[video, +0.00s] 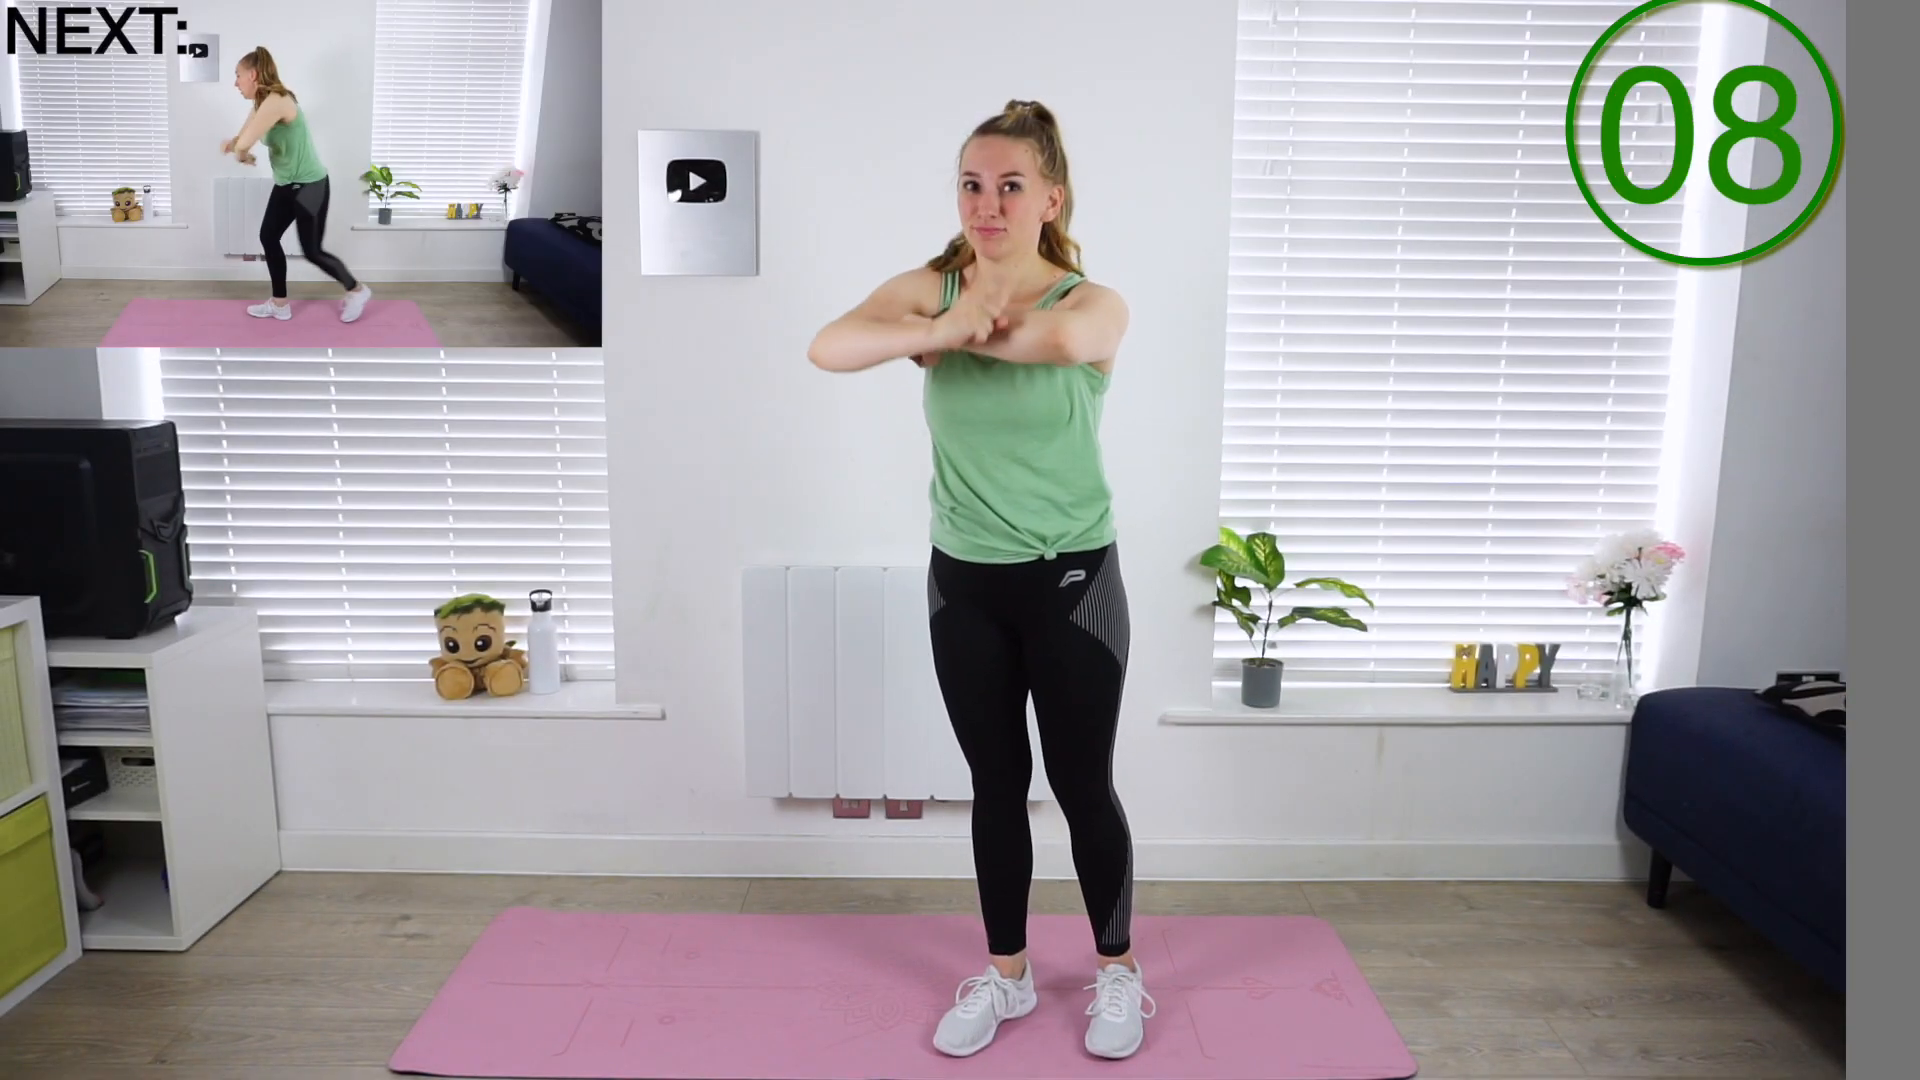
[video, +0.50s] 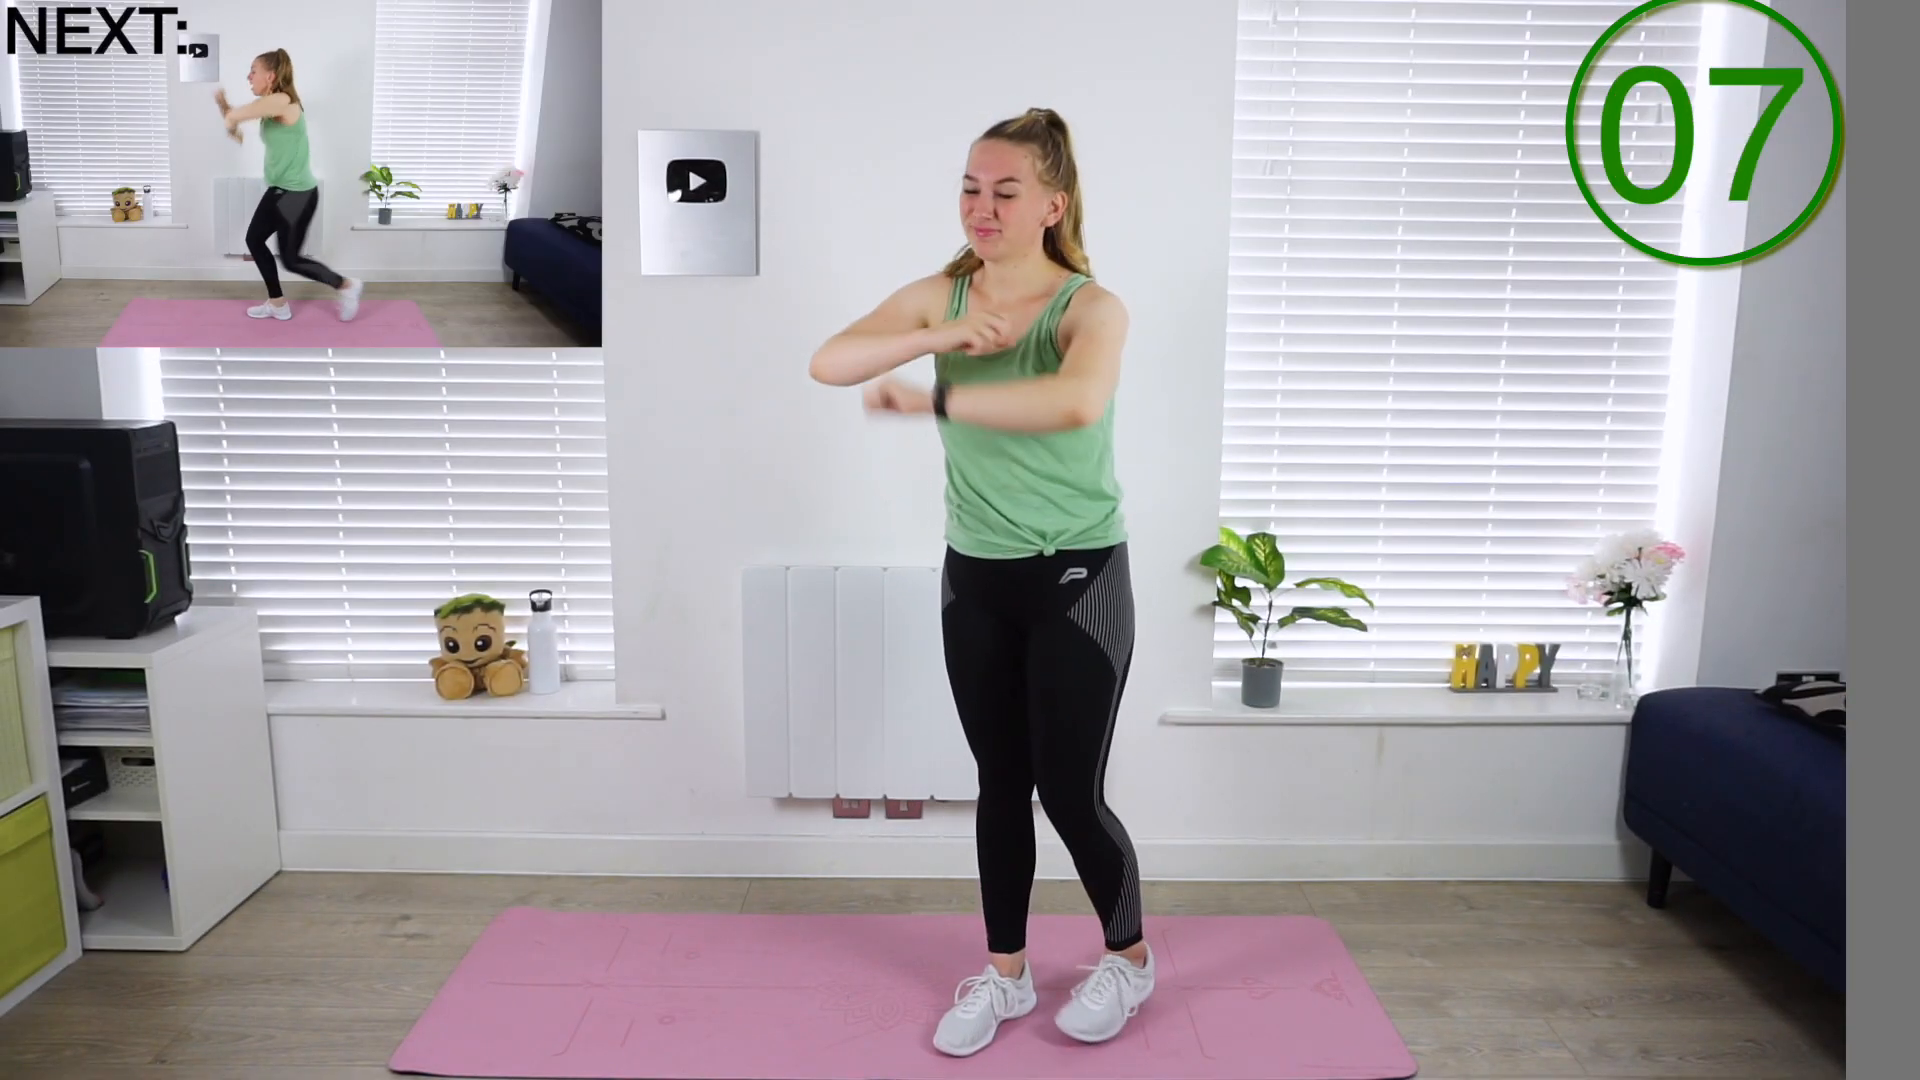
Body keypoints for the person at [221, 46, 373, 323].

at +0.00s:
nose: (236, 83)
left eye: (239, 76)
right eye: (236, 77)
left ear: (255, 76)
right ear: (256, 77)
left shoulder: (276, 101)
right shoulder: (261, 102)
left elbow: (243, 145)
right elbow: (248, 133)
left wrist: (242, 155)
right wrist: (235, 144)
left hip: (311, 184)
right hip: (286, 184)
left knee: (312, 251)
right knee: (269, 236)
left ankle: (357, 290)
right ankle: (279, 302)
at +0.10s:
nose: (238, 86)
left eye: (241, 79)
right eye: (238, 80)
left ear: (258, 79)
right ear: (258, 80)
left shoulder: (280, 104)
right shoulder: (261, 107)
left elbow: (248, 147)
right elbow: (243, 141)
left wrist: (248, 143)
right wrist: (233, 162)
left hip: (319, 183)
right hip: (291, 186)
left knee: (333, 242)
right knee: (268, 236)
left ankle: (364, 294)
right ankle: (279, 302)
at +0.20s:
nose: (241, 90)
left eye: (245, 83)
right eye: (241, 83)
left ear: (261, 83)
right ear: (262, 84)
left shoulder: (285, 105)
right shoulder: (265, 111)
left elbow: (249, 144)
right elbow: (248, 146)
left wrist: (243, 140)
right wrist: (251, 173)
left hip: (323, 185)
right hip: (295, 188)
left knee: (339, 241)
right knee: (266, 237)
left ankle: (365, 296)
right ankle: (278, 302)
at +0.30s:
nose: (244, 90)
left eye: (247, 83)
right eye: (244, 83)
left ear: (263, 84)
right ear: (263, 85)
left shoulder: (286, 106)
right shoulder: (267, 111)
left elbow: (251, 141)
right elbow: (250, 147)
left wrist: (230, 149)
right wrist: (254, 162)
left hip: (322, 188)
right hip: (294, 190)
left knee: (338, 243)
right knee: (263, 238)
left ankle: (365, 296)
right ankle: (279, 302)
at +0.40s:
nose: (246, 87)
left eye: (249, 81)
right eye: (246, 81)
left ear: (266, 83)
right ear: (265, 83)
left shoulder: (284, 105)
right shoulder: (271, 108)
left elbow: (245, 137)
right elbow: (251, 136)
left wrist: (225, 151)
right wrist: (233, 147)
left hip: (313, 192)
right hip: (288, 192)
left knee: (325, 250)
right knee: (258, 239)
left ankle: (364, 294)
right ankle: (278, 302)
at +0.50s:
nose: (249, 78)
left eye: (253, 73)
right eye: (250, 72)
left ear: (271, 76)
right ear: (271, 77)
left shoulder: (281, 100)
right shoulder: (273, 102)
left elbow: (233, 117)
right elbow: (238, 120)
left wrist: (233, 129)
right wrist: (225, 109)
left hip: (299, 192)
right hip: (279, 189)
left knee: (290, 259)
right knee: (255, 239)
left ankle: (347, 285)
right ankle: (277, 302)